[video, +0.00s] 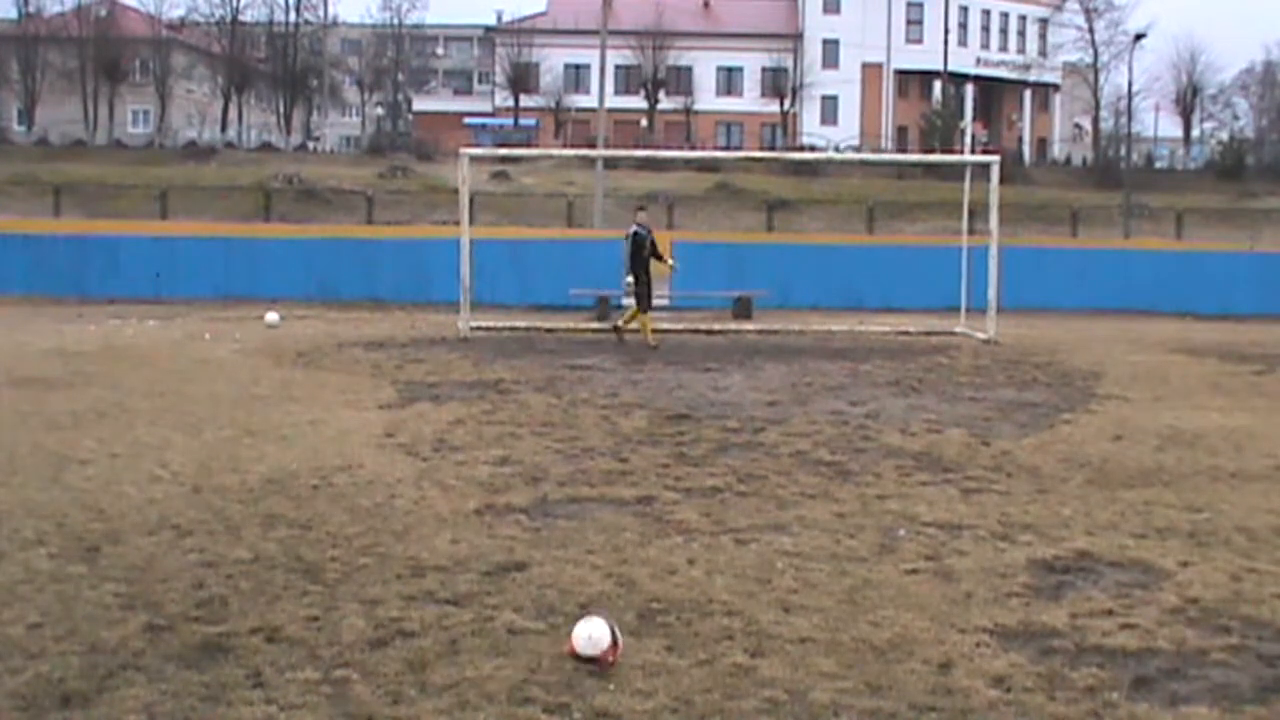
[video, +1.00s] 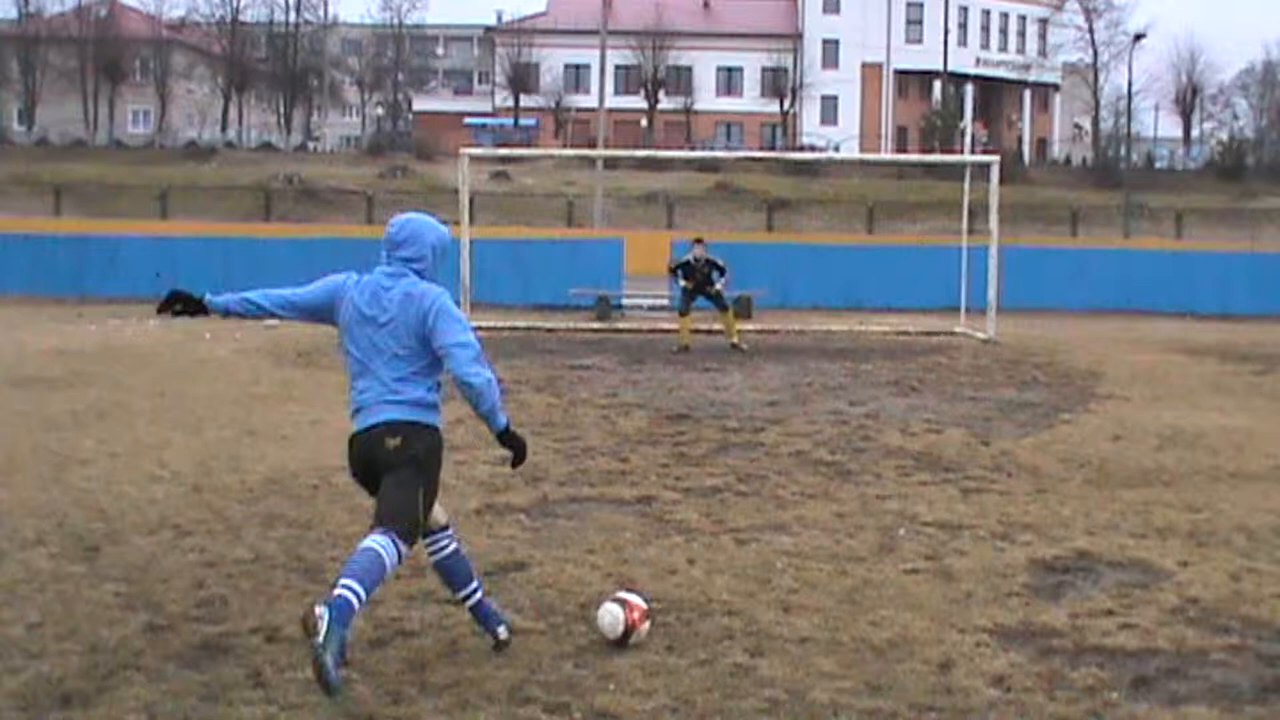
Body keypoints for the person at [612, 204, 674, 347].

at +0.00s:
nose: (642, 219)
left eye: (644, 215)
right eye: (639, 215)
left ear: (647, 217)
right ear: (635, 217)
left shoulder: (648, 234)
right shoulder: (632, 234)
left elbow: (654, 252)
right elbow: (629, 256)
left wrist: (665, 261)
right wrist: (629, 274)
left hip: (645, 271)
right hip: (637, 272)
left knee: (643, 305)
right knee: (642, 307)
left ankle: (621, 324)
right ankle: (649, 339)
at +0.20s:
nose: (658, 220)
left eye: (660, 217)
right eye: (655, 217)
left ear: (663, 218)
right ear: (650, 219)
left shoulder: (664, 234)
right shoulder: (645, 235)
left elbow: (668, 251)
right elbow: (634, 255)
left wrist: (672, 262)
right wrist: (639, 270)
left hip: (661, 271)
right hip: (648, 273)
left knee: (671, 301)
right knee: (652, 307)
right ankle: (650, 335)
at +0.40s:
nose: (672, 232)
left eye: (675, 228)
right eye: (670, 228)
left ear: (678, 230)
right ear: (665, 229)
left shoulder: (682, 243)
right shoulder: (657, 244)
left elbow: (686, 256)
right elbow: (641, 252)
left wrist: (686, 266)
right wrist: (646, 268)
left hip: (674, 277)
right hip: (658, 278)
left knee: (686, 306)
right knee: (659, 311)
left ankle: (701, 334)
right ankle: (652, 338)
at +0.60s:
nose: (689, 245)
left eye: (691, 242)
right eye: (686, 242)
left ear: (695, 243)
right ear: (682, 243)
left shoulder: (698, 254)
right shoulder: (674, 252)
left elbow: (712, 257)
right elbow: (660, 254)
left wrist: (708, 271)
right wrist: (663, 269)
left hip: (693, 283)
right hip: (675, 283)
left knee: (706, 310)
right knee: (665, 311)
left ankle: (711, 340)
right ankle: (660, 337)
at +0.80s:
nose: (694, 249)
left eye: (697, 246)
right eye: (692, 246)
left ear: (701, 247)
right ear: (688, 247)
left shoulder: (706, 258)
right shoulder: (682, 257)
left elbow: (719, 265)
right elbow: (667, 263)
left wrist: (714, 279)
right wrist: (674, 277)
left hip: (703, 284)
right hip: (685, 285)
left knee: (713, 310)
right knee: (675, 309)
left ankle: (712, 339)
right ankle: (681, 339)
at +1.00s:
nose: (698, 252)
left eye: (701, 249)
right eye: (696, 249)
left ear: (704, 250)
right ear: (692, 250)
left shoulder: (710, 261)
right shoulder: (685, 262)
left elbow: (723, 272)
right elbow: (673, 270)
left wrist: (718, 285)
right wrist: (682, 283)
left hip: (707, 287)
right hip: (691, 287)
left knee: (725, 308)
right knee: (683, 312)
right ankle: (684, 342)